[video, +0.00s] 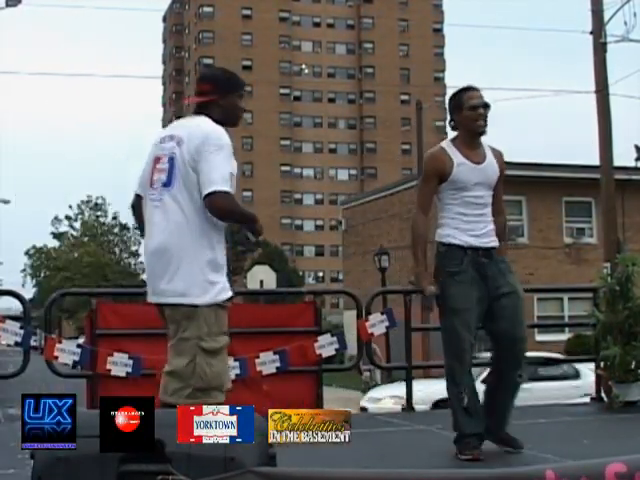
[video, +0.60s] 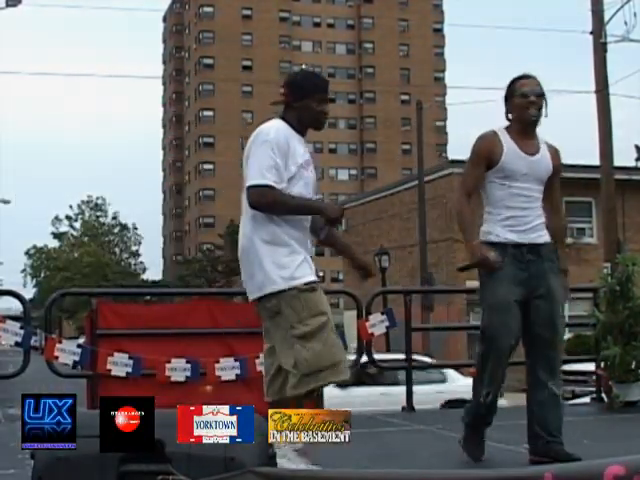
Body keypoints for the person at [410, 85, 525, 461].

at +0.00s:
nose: (482, 113)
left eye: (484, 107)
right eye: (474, 108)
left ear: (488, 113)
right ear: (455, 117)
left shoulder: (494, 158)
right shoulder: (439, 158)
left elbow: (498, 212)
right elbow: (421, 215)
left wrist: (502, 256)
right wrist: (424, 277)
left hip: (492, 260)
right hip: (456, 260)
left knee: (513, 342)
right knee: (460, 349)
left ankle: (494, 425)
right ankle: (467, 435)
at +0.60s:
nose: (533, 101)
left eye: (538, 96)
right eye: (524, 96)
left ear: (544, 104)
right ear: (508, 105)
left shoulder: (550, 155)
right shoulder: (490, 144)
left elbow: (554, 209)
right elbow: (465, 196)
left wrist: (559, 255)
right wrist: (473, 244)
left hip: (543, 258)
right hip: (501, 256)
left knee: (546, 352)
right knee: (500, 342)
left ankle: (546, 443)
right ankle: (477, 423)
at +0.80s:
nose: (536, 100)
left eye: (542, 93)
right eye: (528, 94)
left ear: (552, 99)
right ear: (515, 100)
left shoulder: (566, 147)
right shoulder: (496, 139)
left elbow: (586, 201)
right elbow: (468, 188)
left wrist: (600, 253)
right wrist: (491, 193)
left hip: (548, 256)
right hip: (503, 254)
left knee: (549, 351)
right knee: (502, 348)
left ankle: (546, 443)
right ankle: (495, 442)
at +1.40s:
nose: (506, 90)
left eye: (511, 83)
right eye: (497, 85)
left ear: (520, 86)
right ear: (481, 92)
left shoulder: (540, 131)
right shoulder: (470, 129)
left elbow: (553, 192)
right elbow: (469, 179)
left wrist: (570, 250)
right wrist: (497, 129)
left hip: (541, 249)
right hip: (493, 251)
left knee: (570, 337)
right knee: (500, 350)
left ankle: (556, 427)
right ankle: (509, 449)